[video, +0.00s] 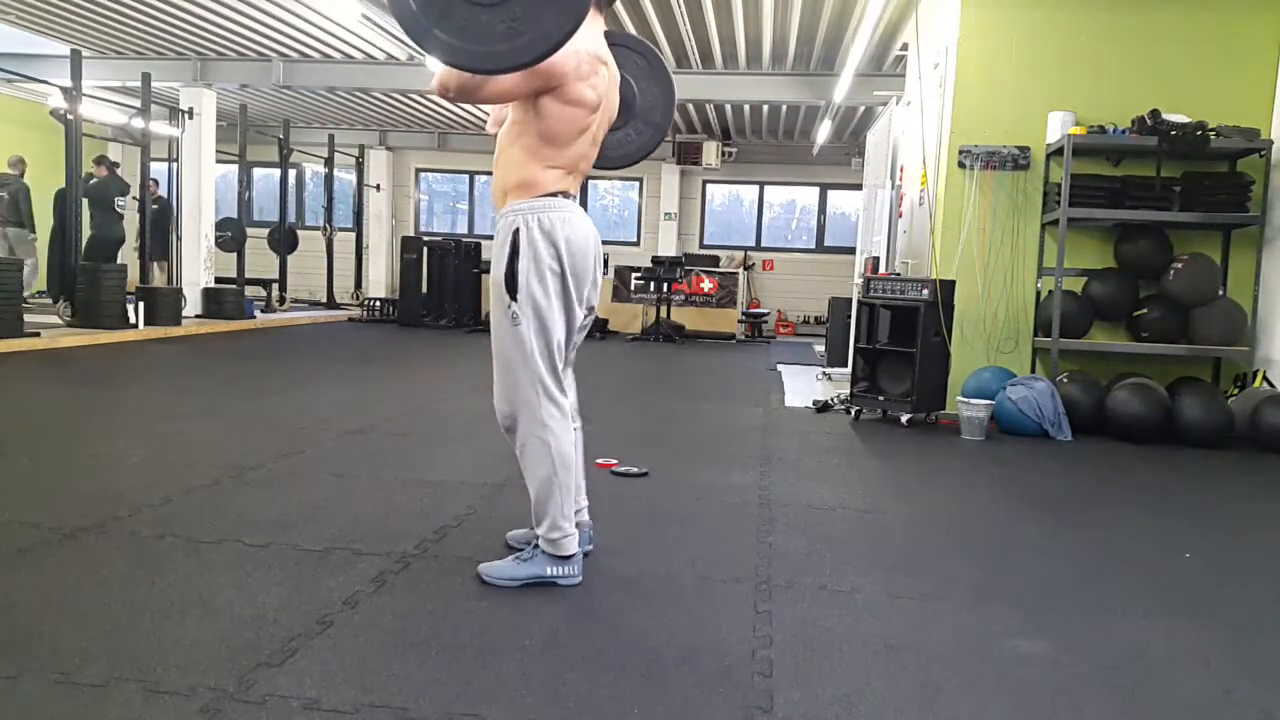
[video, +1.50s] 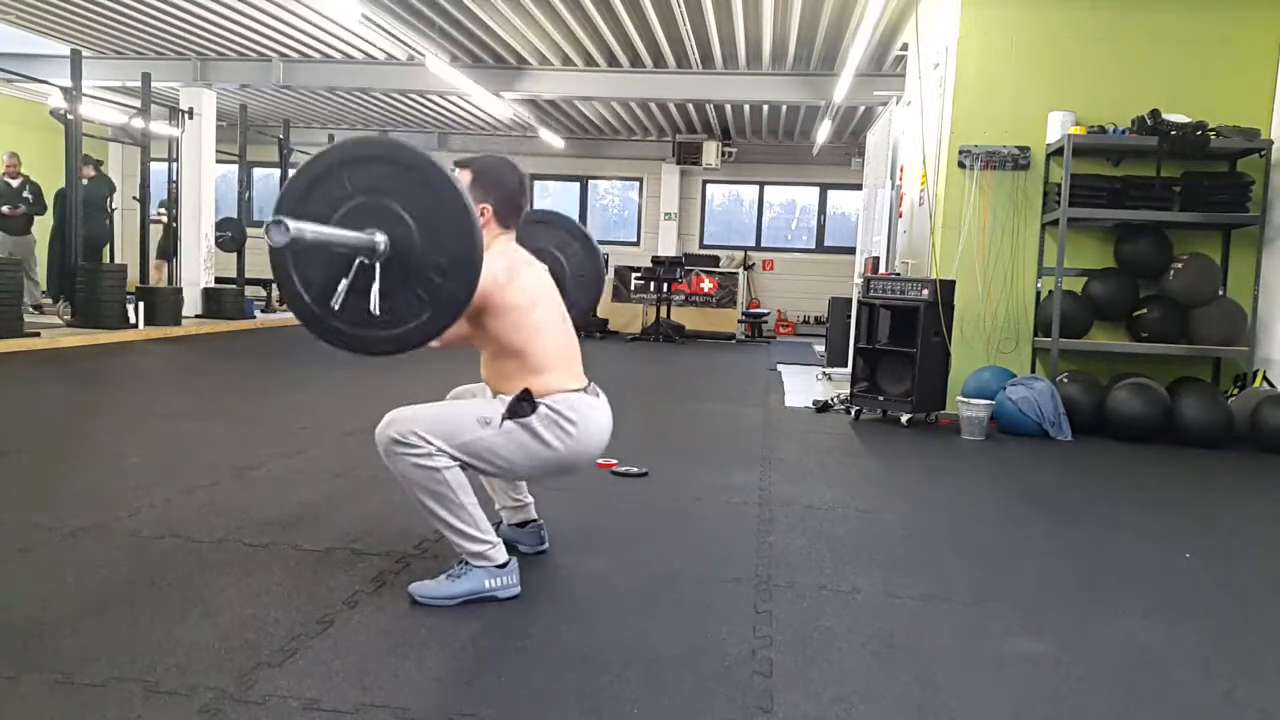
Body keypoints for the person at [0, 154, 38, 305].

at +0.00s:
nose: (25, 170)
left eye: (24, 168)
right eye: (24, 168)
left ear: (9, 167)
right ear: (21, 168)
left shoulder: (2, 182)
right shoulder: (21, 186)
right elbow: (26, 211)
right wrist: (32, 231)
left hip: (2, 227)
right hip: (17, 228)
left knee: (4, 262)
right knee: (30, 259)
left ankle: (5, 293)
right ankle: (24, 292)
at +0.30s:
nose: (19, 168)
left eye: (18, 165)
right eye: (15, 165)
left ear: (7, 166)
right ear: (6, 166)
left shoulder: (11, 185)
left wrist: (18, 227)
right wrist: (18, 228)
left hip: (9, 230)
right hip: (5, 230)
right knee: (5, 266)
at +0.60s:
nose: (10, 166)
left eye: (12, 163)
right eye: (6, 163)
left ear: (14, 163)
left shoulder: (16, 184)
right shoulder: (2, 183)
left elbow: (21, 205)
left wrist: (30, 222)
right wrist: (7, 220)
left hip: (14, 231)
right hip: (3, 231)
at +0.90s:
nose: (16, 166)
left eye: (18, 163)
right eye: (12, 163)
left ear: (21, 164)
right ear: (5, 165)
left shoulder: (29, 185)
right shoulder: (1, 184)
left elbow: (37, 205)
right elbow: (0, 209)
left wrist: (30, 214)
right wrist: (14, 214)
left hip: (22, 233)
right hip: (3, 233)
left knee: (28, 268)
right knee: (3, 269)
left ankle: (34, 300)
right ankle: (4, 301)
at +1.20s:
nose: (23, 166)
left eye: (26, 163)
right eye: (20, 163)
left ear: (31, 163)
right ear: (15, 163)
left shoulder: (41, 184)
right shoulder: (4, 181)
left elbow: (48, 206)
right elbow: (1, 204)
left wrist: (34, 210)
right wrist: (14, 209)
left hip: (29, 233)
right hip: (6, 231)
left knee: (33, 268)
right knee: (6, 268)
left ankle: (35, 301)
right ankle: (7, 302)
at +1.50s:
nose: (12, 169)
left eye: (14, 166)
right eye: (8, 166)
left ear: (20, 165)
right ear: (4, 167)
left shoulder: (31, 186)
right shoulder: (2, 185)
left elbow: (42, 208)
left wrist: (25, 209)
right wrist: (2, 209)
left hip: (24, 236)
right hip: (4, 236)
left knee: (30, 271)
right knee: (5, 272)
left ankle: (34, 302)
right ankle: (6, 304)